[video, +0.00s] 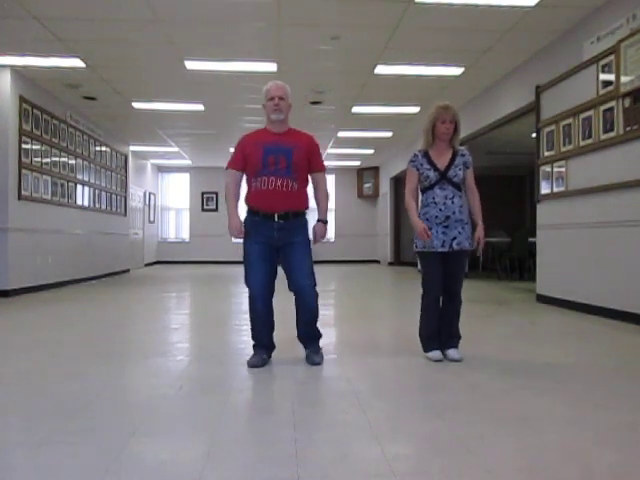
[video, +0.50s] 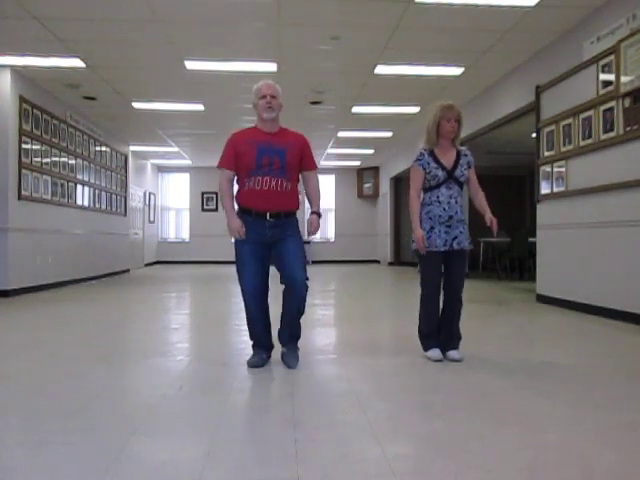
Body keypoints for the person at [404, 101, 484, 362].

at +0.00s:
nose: (447, 127)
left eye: (451, 123)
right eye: (442, 122)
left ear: (455, 127)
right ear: (433, 126)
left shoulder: (463, 157)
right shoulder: (419, 158)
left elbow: (472, 190)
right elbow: (409, 195)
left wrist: (479, 223)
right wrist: (416, 221)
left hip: (458, 231)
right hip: (430, 231)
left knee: (453, 290)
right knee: (433, 289)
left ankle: (451, 343)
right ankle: (431, 344)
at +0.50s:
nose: (452, 125)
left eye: (456, 121)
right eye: (447, 120)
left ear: (459, 126)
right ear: (437, 124)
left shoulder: (465, 157)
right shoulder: (424, 157)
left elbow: (475, 190)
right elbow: (414, 195)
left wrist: (487, 213)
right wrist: (417, 228)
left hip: (458, 230)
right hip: (430, 230)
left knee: (455, 290)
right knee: (430, 289)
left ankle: (450, 343)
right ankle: (430, 343)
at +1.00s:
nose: (447, 125)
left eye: (451, 122)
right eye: (442, 120)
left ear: (455, 127)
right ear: (432, 124)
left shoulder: (461, 156)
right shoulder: (417, 156)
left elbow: (470, 191)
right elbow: (408, 192)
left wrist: (477, 223)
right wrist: (415, 220)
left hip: (458, 231)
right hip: (429, 231)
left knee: (453, 290)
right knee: (432, 289)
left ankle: (450, 343)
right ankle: (431, 344)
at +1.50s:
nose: (448, 123)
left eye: (452, 119)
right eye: (443, 118)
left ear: (456, 124)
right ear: (433, 123)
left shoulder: (463, 156)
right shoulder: (420, 157)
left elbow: (473, 188)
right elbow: (412, 196)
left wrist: (482, 212)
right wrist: (413, 228)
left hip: (457, 229)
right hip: (429, 229)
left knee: (454, 288)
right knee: (430, 288)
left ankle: (451, 343)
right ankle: (430, 343)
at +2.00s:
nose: (445, 121)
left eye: (448, 117)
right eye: (439, 117)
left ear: (453, 123)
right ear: (430, 124)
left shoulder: (464, 156)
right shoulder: (420, 158)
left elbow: (471, 190)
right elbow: (410, 195)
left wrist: (478, 222)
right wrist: (419, 224)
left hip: (460, 231)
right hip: (432, 231)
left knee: (454, 291)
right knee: (433, 290)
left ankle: (451, 343)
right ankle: (432, 344)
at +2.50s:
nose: (450, 119)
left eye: (453, 115)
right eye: (444, 116)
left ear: (458, 122)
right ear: (435, 123)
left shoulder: (467, 155)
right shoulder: (426, 155)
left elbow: (476, 191)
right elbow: (415, 193)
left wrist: (486, 219)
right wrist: (422, 225)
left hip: (460, 229)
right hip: (433, 230)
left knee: (455, 290)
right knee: (434, 289)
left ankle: (451, 343)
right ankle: (431, 343)